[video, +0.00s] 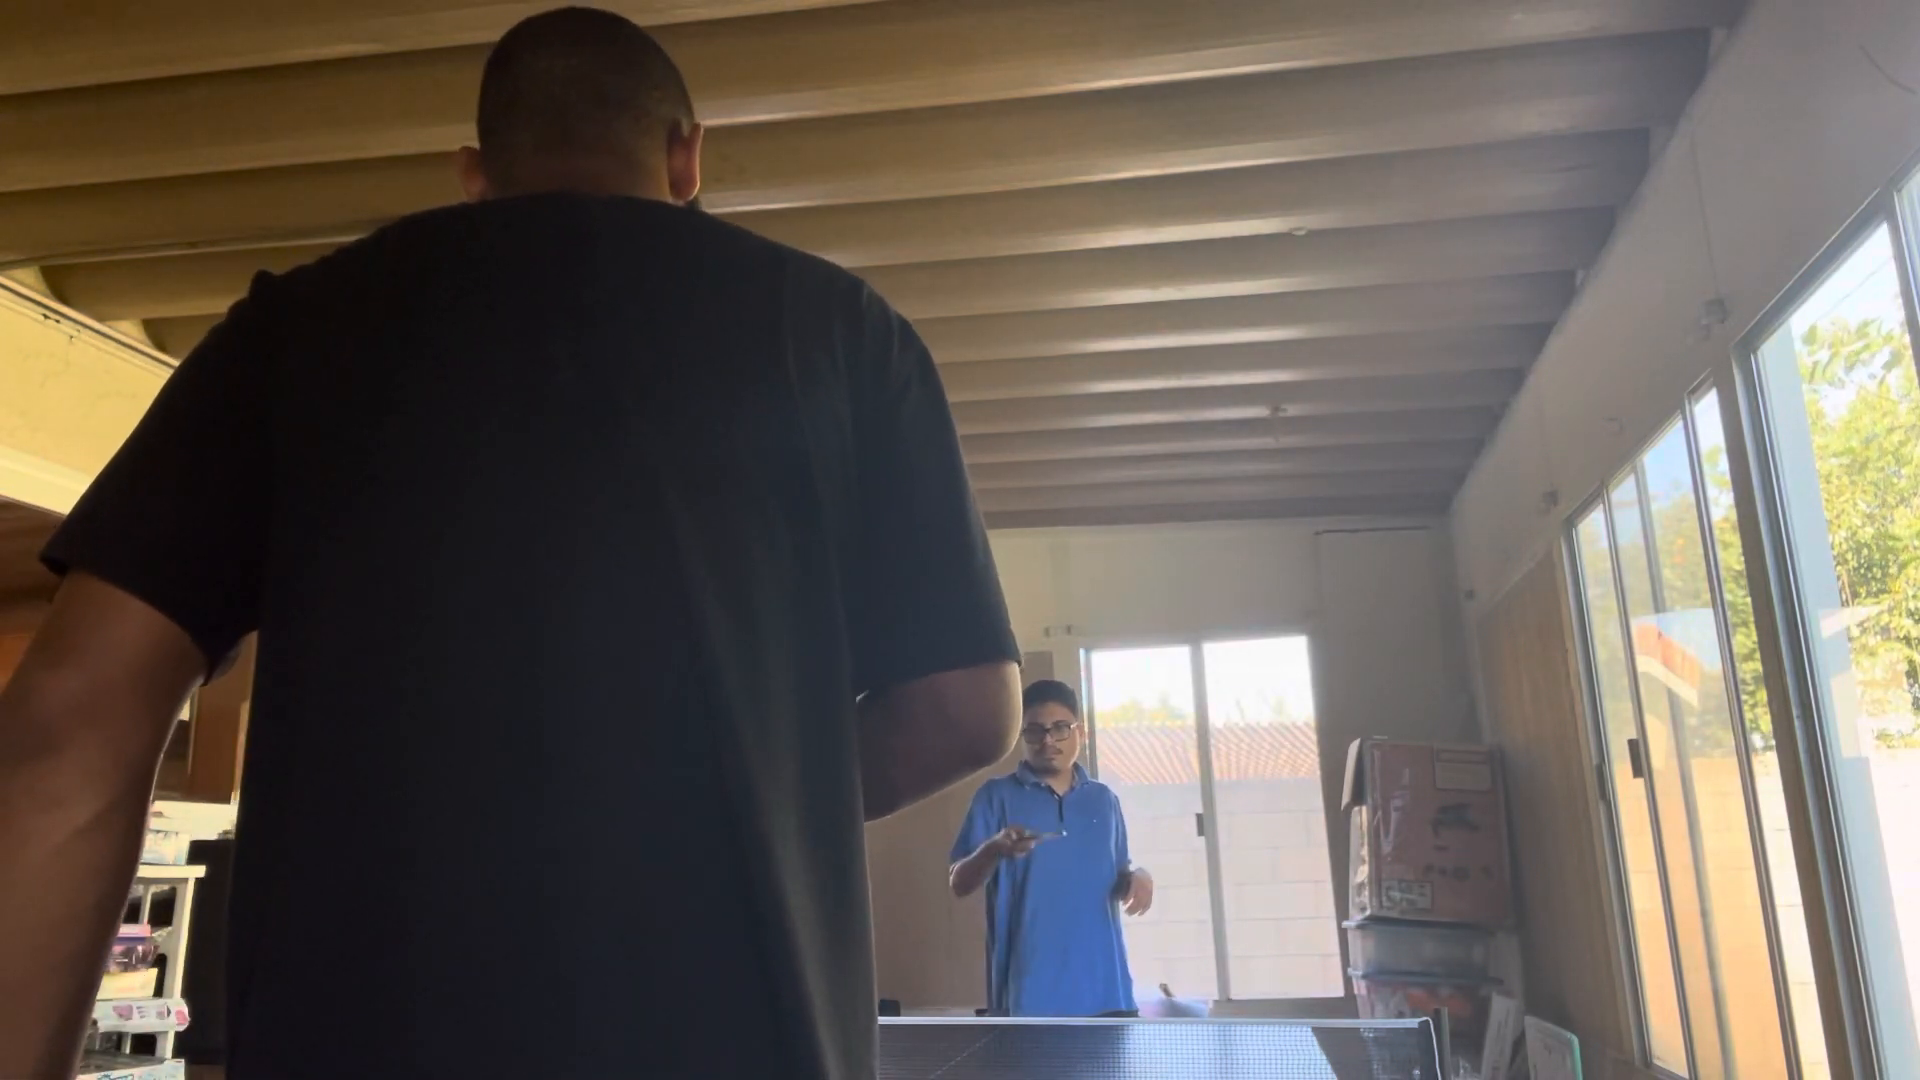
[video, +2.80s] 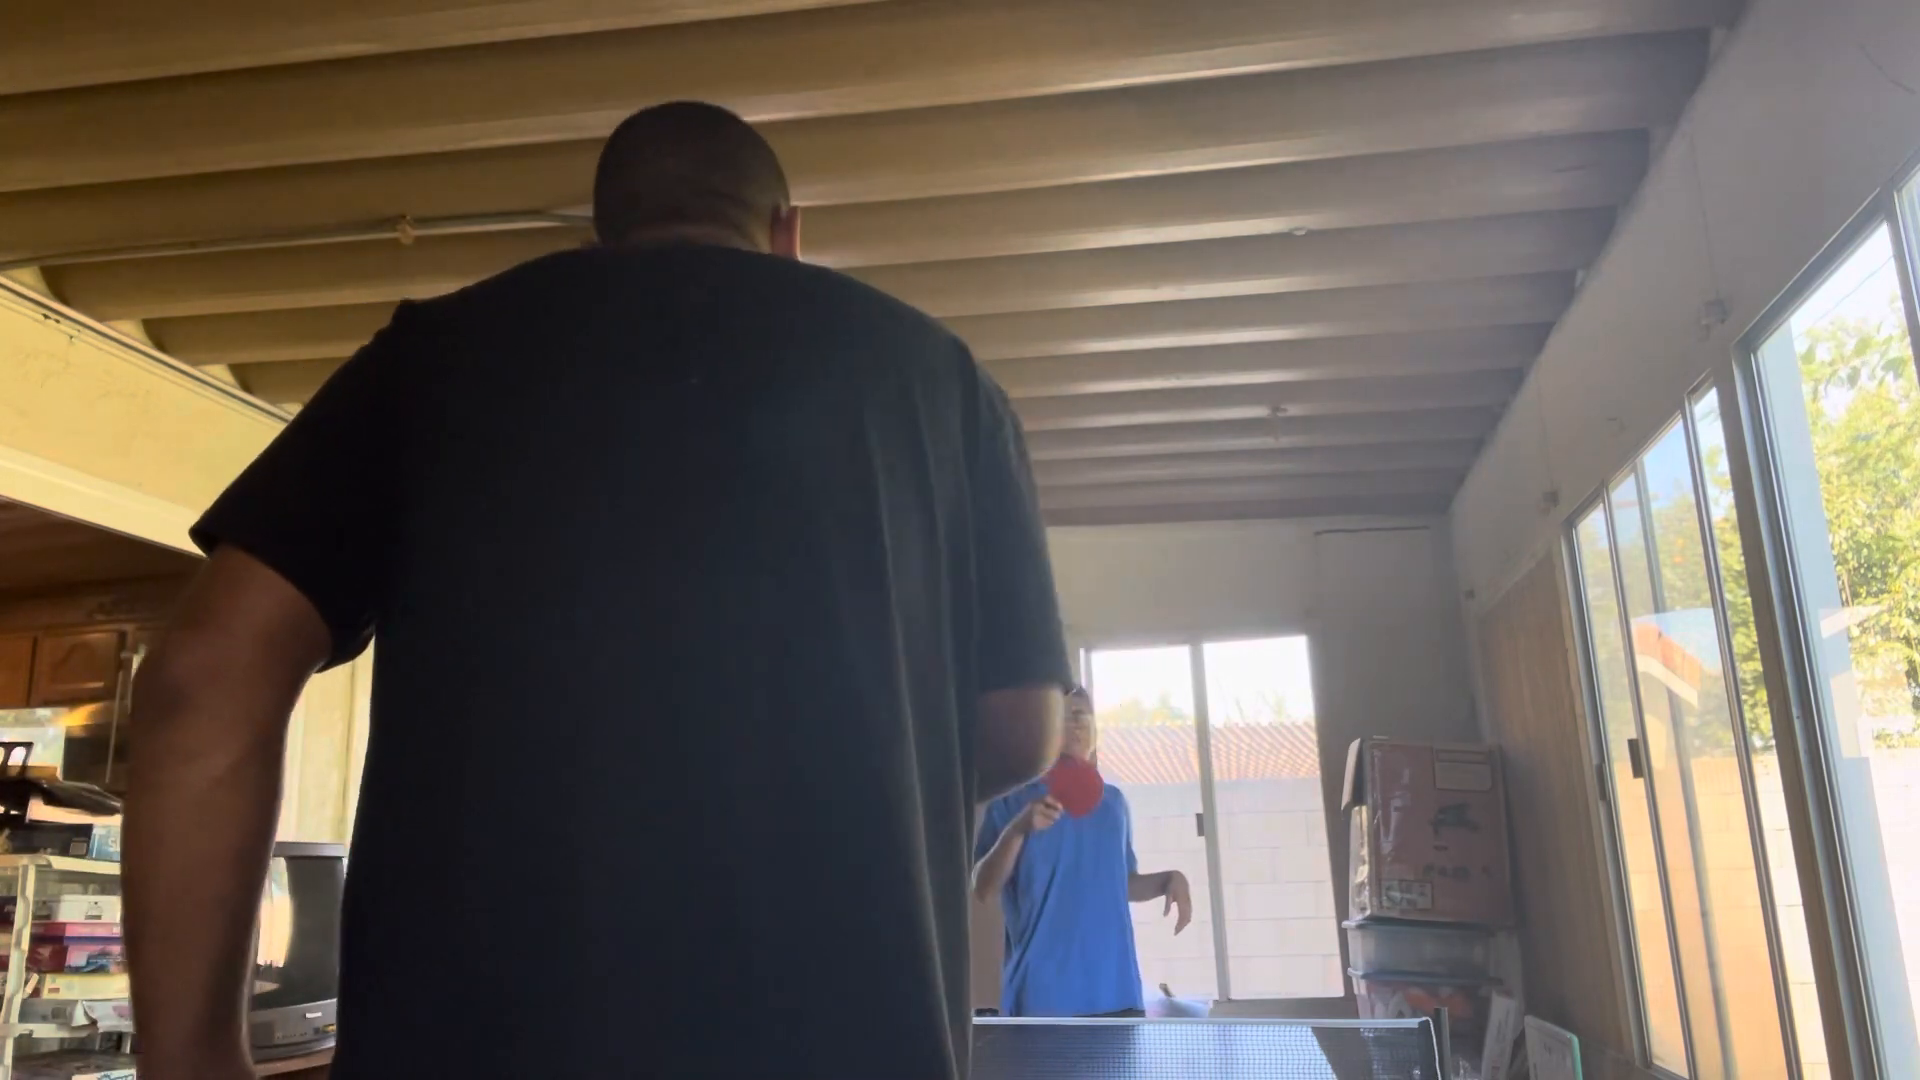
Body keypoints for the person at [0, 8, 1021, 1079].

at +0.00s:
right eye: (699, 166)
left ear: (474, 167)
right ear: (689, 163)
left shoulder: (303, 322)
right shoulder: (836, 321)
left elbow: (71, 712)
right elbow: (961, 710)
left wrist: (34, 1051)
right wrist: (749, 802)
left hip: (354, 1030)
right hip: (733, 1032)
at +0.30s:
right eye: (731, 198)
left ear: (507, 187)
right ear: (713, 192)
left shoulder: (334, 313)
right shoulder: (861, 354)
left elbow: (77, 673)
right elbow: (932, 775)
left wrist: (35, 1050)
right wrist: (803, 959)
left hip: (366, 1034)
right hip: (764, 1044)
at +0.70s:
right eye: (785, 253)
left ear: (586, 231)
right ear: (771, 245)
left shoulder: (404, 324)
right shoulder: (899, 353)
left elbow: (142, 620)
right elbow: (1031, 681)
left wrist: (72, 1040)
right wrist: (870, 859)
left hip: (412, 1028)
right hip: (798, 1041)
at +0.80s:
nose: (786, 260)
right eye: (791, 246)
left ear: (592, 225)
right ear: (782, 246)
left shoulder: (409, 328)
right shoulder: (894, 333)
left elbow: (149, 642)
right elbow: (1072, 582)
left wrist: (104, 1048)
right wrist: (911, 789)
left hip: (429, 1025)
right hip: (824, 1030)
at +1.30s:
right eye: (818, 233)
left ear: (626, 224)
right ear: (815, 234)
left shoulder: (447, 333)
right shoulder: (934, 333)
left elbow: (182, 678)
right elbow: (1120, 655)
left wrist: (222, 1056)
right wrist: (984, 650)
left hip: (483, 1039)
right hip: (872, 1041)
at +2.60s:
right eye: (815, 219)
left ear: (613, 220)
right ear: (807, 217)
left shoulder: (453, 348)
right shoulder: (938, 347)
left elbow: (218, 684)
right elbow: (1072, 695)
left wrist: (207, 1057)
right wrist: (972, 760)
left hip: (485, 1035)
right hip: (842, 1040)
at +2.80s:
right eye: (801, 225)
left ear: (595, 227)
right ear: (789, 230)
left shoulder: (439, 348)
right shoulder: (929, 365)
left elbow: (208, 666)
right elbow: (1016, 733)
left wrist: (188, 1051)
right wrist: (854, 834)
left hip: (472, 1028)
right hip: (840, 1032)